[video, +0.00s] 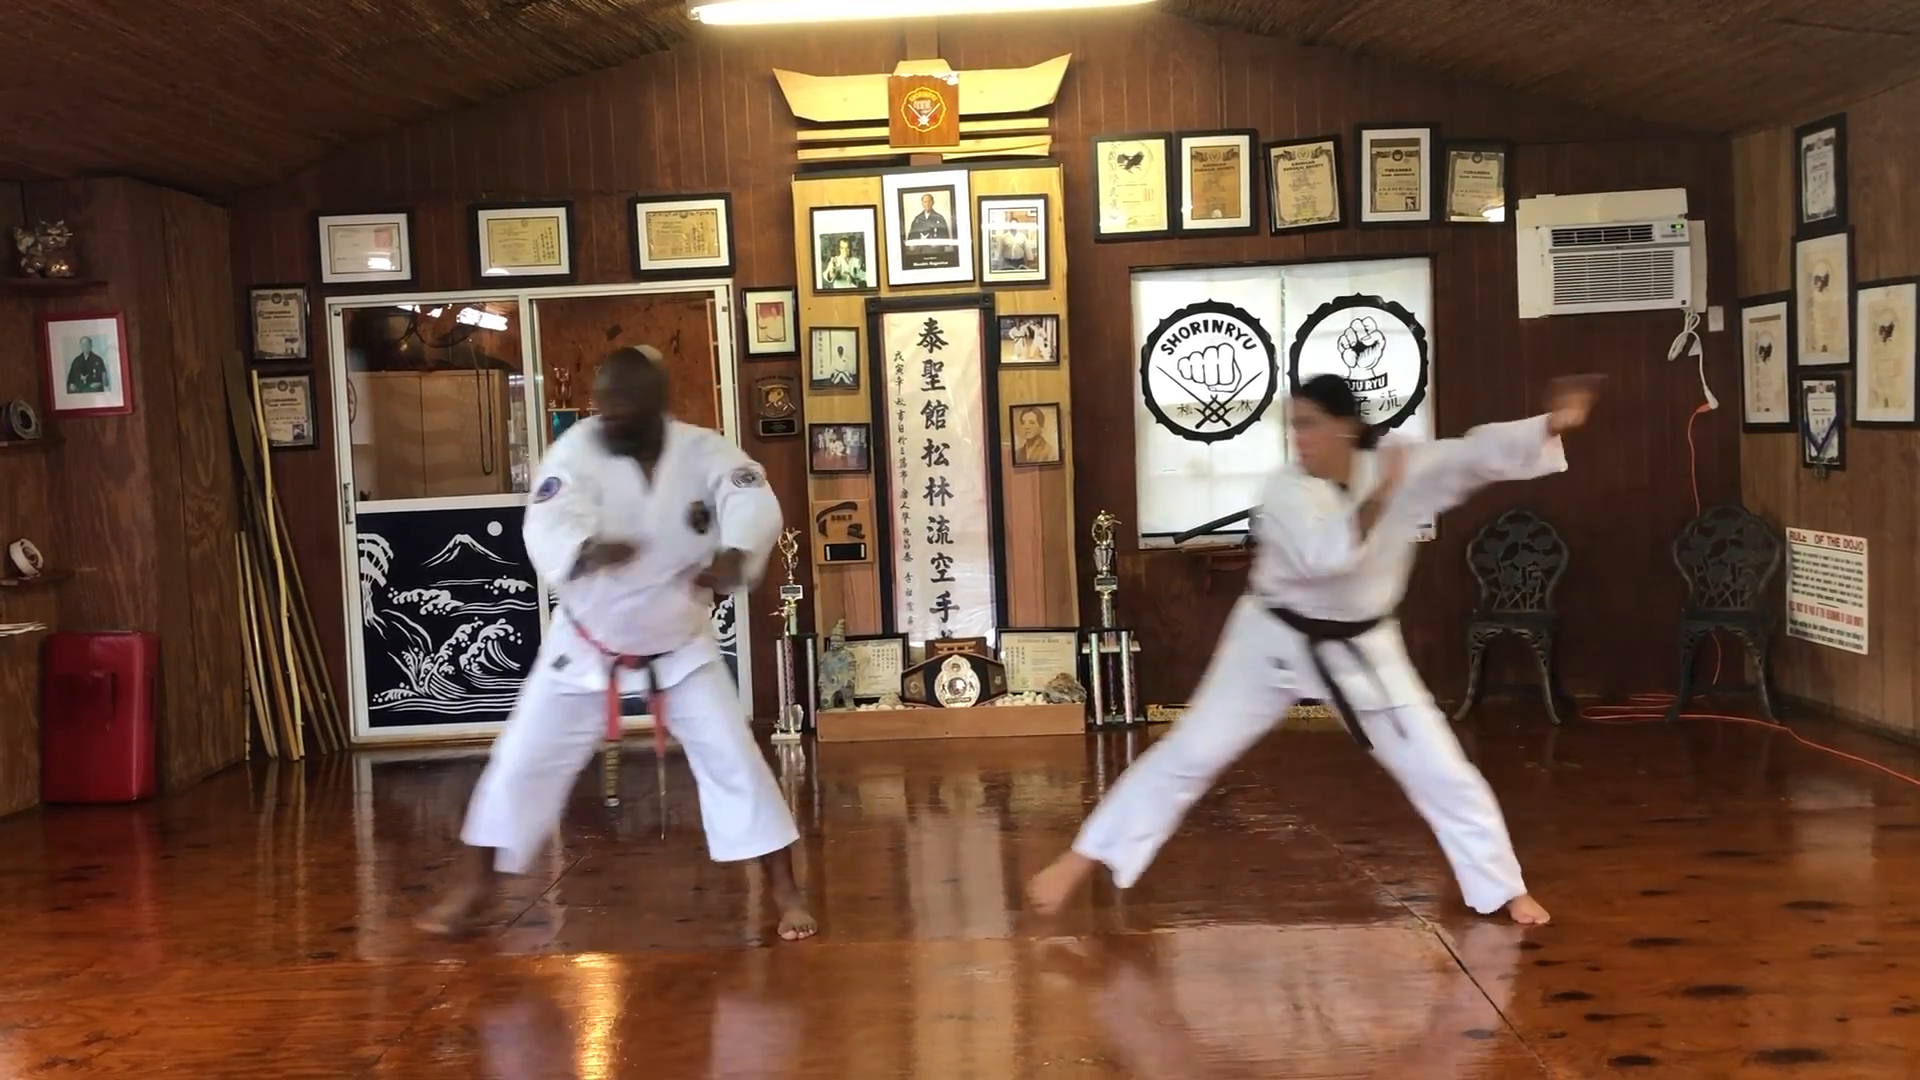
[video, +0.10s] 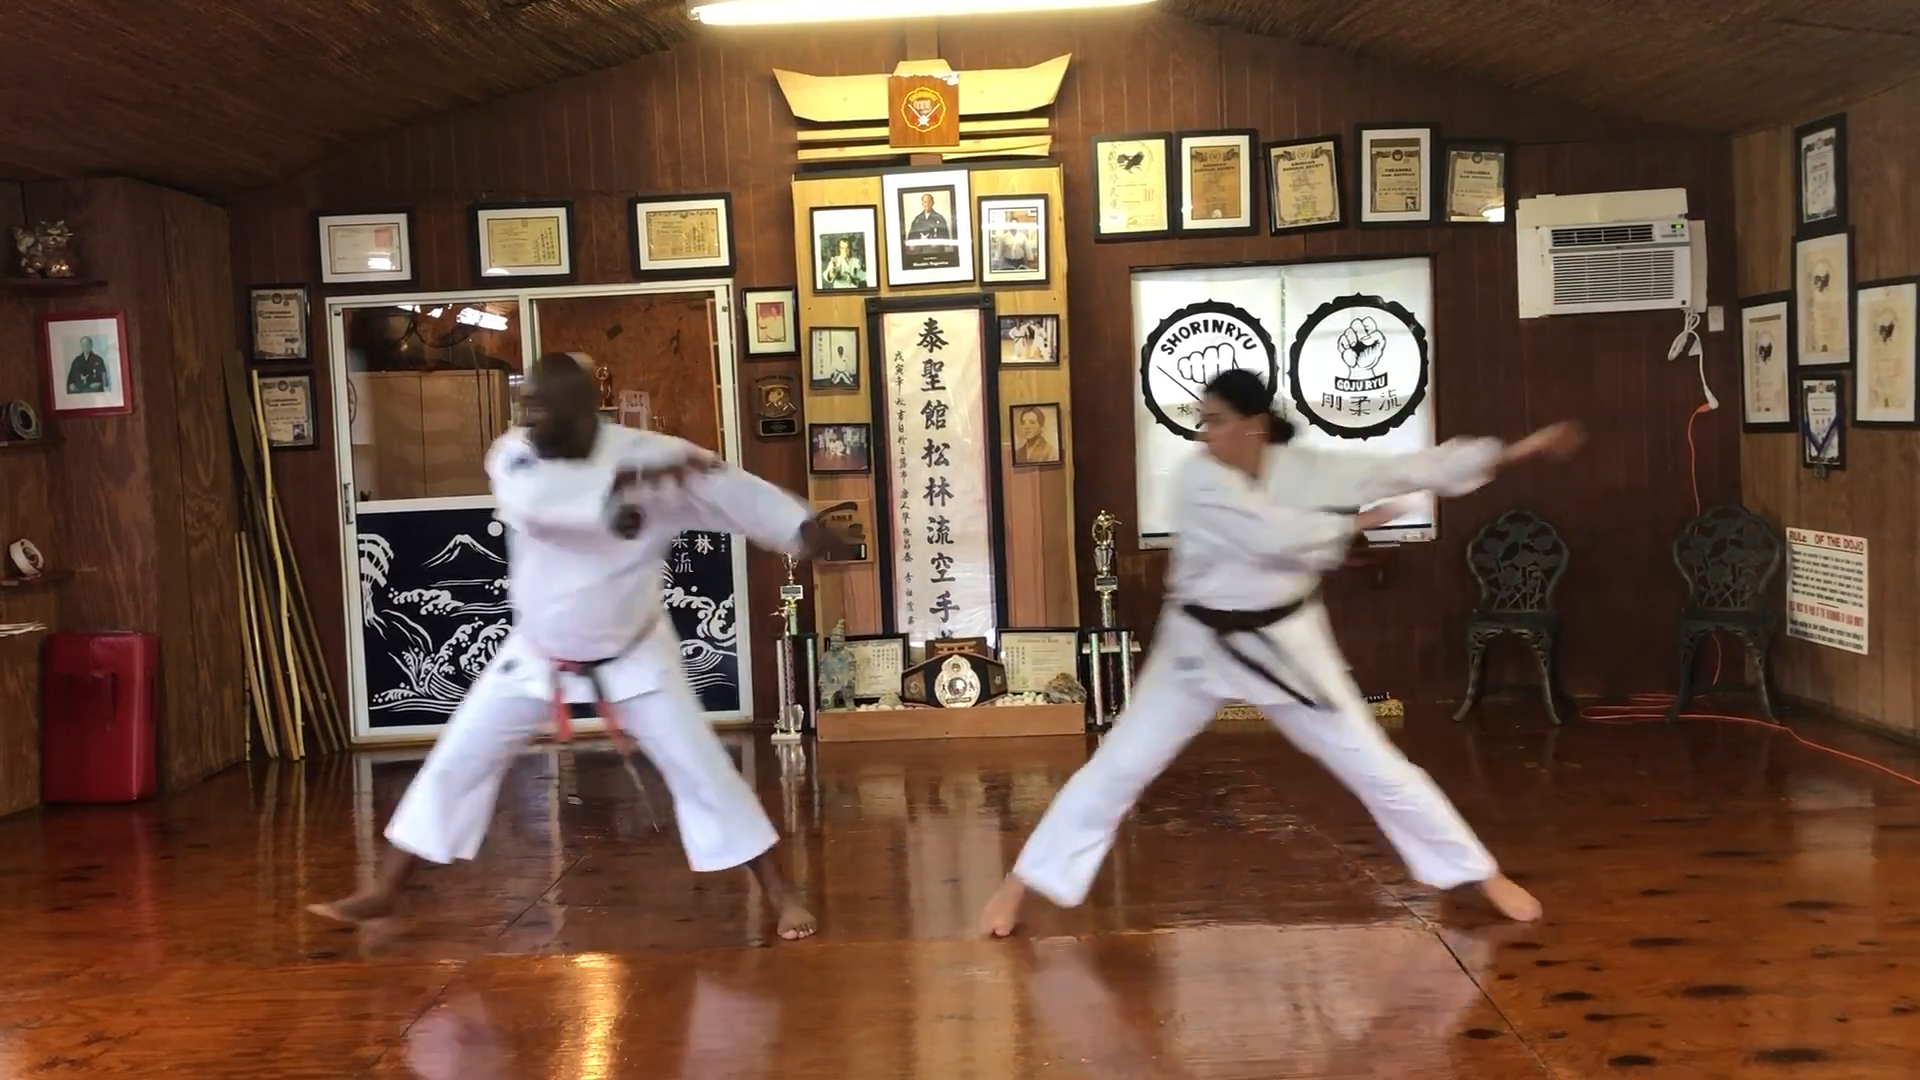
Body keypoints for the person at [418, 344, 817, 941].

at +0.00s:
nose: (604, 411)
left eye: (618, 400)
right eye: (600, 399)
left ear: (656, 400)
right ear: (596, 398)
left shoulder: (702, 450)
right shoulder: (578, 450)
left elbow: (754, 497)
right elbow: (545, 523)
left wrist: (736, 552)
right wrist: (588, 550)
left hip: (680, 642)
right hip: (583, 642)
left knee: (734, 754)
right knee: (519, 756)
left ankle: (785, 893)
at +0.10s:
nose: (526, 419)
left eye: (540, 409)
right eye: (523, 406)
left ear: (584, 411)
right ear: (524, 408)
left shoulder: (649, 457)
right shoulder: (511, 459)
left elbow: (725, 490)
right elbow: (528, 500)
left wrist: (799, 526)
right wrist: (616, 499)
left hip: (633, 651)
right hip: (536, 651)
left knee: (698, 760)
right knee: (455, 756)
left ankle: (777, 894)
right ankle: (383, 887)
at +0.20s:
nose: (468, 417)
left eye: (481, 409)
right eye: (469, 406)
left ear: (520, 416)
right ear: (474, 412)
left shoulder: (586, 473)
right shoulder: (451, 465)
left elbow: (681, 483)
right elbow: (471, 500)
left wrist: (775, 492)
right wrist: (547, 451)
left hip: (581, 661)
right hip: (480, 670)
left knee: (651, 767)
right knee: (399, 773)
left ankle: (727, 891)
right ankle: (347, 918)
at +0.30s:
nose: (423, 449)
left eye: (435, 436)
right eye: (422, 436)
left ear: (480, 440)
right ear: (429, 441)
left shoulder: (549, 494)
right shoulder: (414, 496)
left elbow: (621, 536)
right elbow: (376, 587)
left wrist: (644, 579)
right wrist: (450, 520)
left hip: (542, 675)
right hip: (439, 680)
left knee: (612, 783)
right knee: (351, 785)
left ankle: (597, 898)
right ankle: (330, 915)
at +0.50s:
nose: (388, 465)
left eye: (400, 452)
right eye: (384, 453)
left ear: (444, 451)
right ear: (387, 456)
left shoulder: (506, 517)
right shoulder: (374, 520)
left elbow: (514, 626)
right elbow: (335, 604)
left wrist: (421, 651)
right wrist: (268, 672)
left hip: (498, 688)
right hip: (397, 690)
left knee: (573, 776)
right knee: (308, 790)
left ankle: (584, 898)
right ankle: (326, 916)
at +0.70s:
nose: (443, 442)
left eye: (446, 428)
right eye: (425, 436)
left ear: (453, 424)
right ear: (389, 443)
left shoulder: (493, 501)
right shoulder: (360, 510)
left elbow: (494, 611)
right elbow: (327, 598)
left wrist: (394, 632)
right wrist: (275, 669)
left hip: (493, 672)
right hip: (392, 680)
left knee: (568, 772)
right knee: (313, 790)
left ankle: (589, 898)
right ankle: (329, 915)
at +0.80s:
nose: (461, 435)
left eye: (459, 423)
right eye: (444, 428)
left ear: (460, 420)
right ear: (401, 438)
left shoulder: (499, 497)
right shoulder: (359, 505)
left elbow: (510, 599)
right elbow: (320, 586)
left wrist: (427, 637)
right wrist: (277, 650)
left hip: (500, 664)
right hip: (397, 672)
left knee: (583, 758)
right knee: (324, 786)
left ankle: (600, 893)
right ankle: (328, 915)